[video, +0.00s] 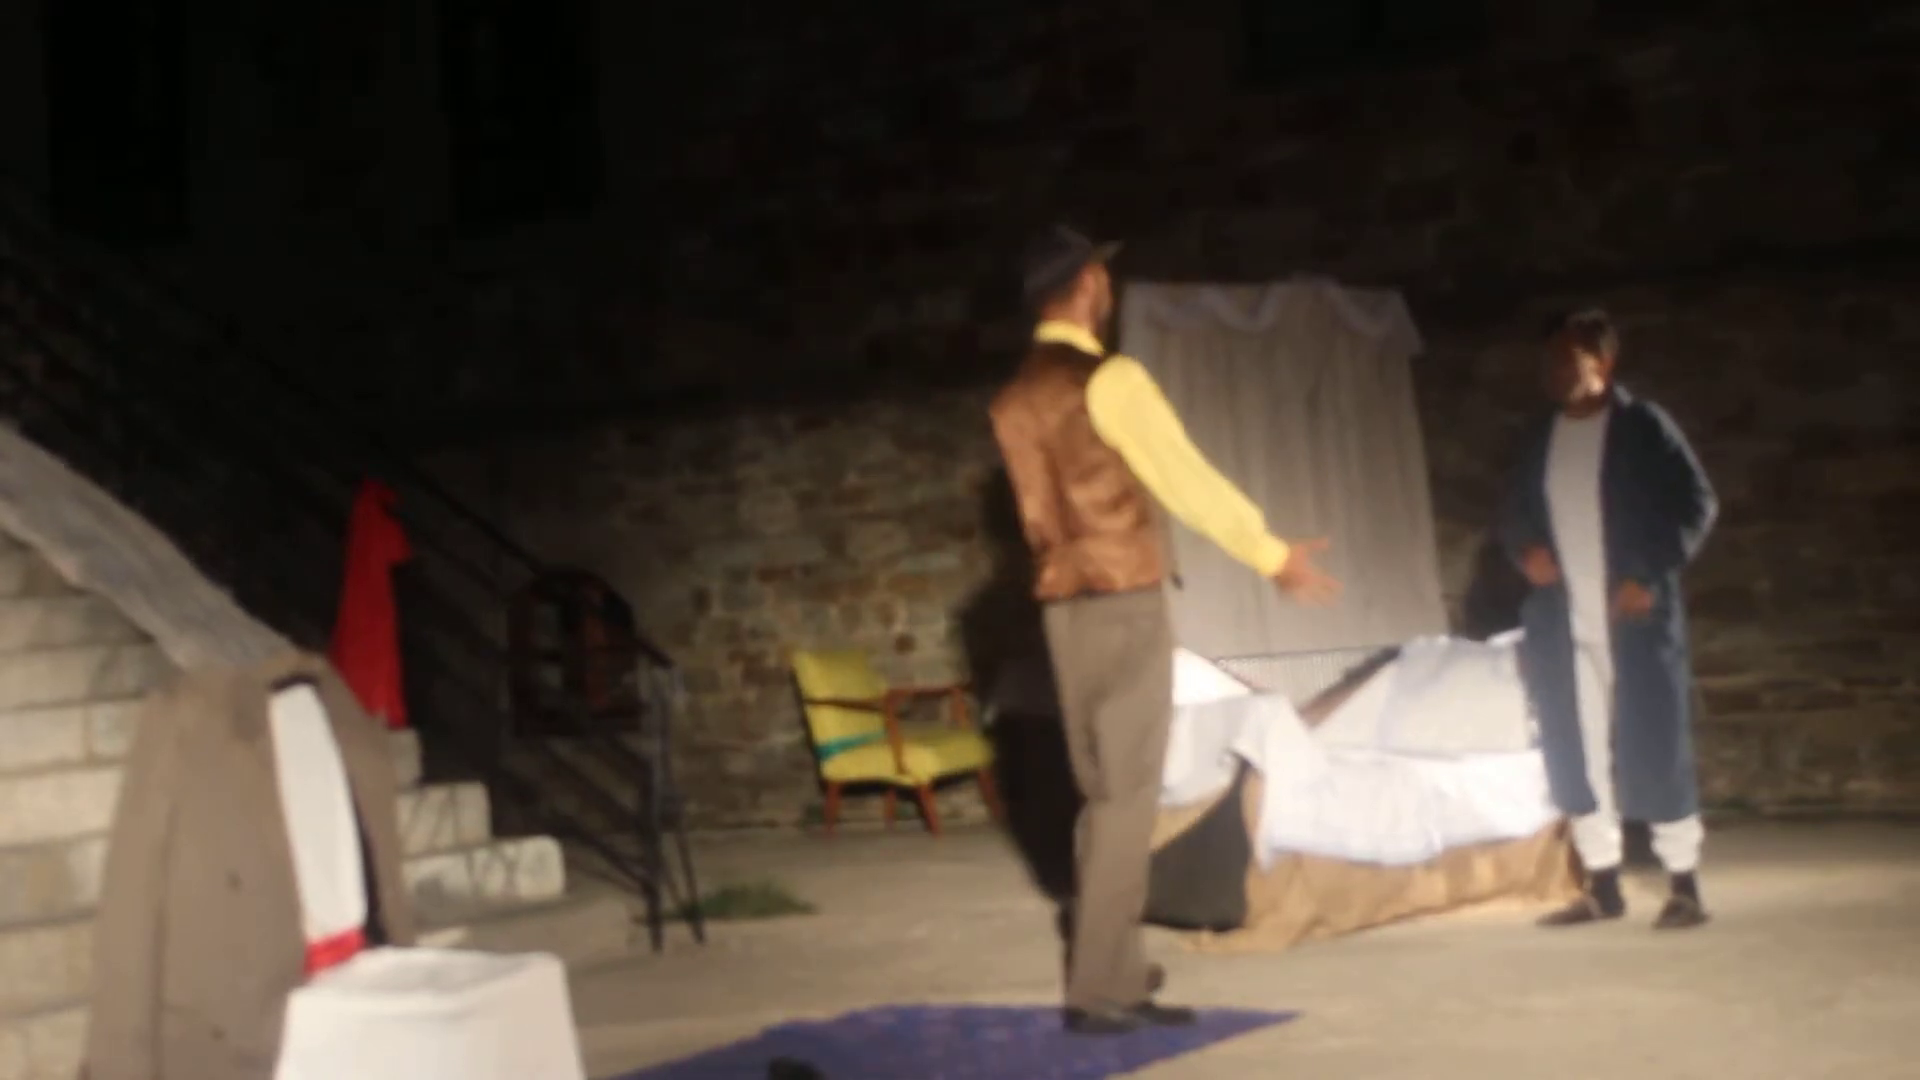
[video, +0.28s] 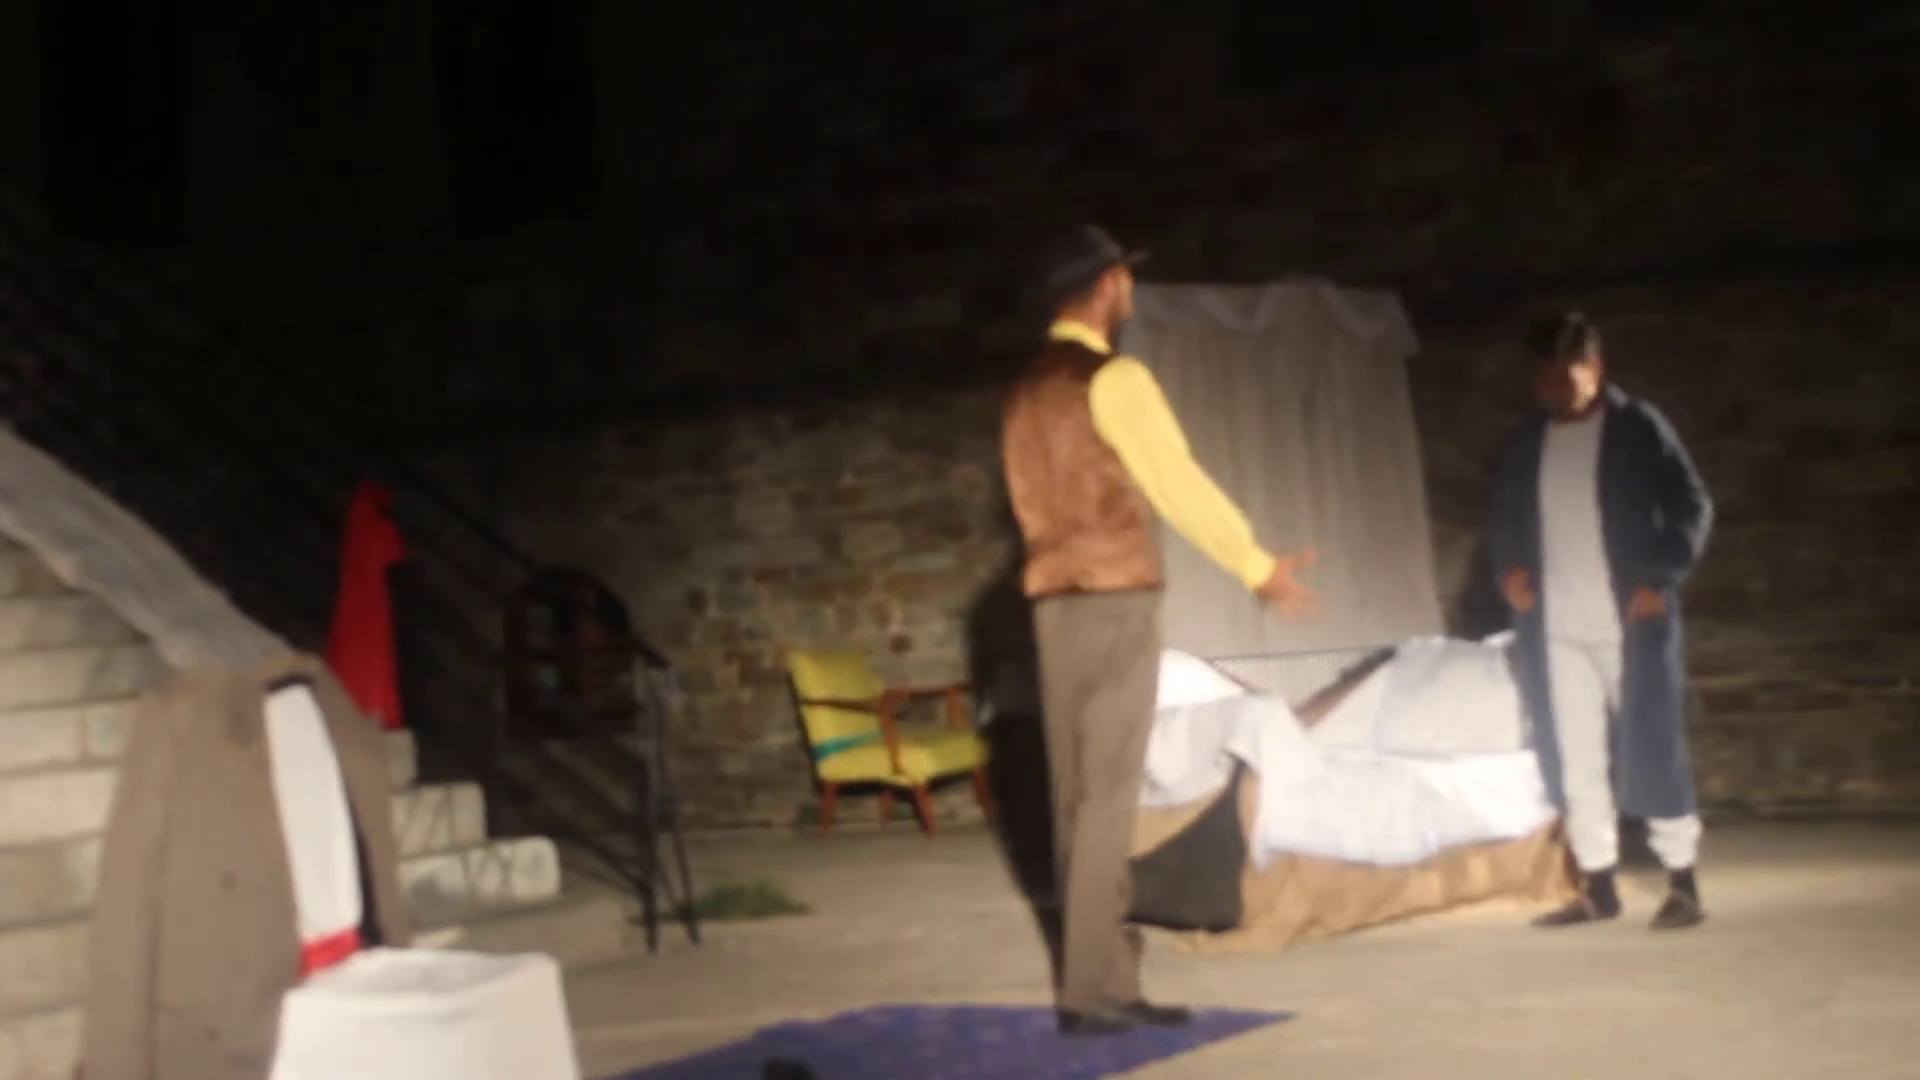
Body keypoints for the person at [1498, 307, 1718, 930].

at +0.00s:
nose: (1567, 375)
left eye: (1578, 362)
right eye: (1560, 363)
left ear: (1605, 362)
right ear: (1550, 369)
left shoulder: (1644, 426)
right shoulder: (1534, 438)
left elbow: (1696, 506)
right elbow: (1512, 510)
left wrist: (1650, 575)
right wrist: (1527, 549)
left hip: (1638, 623)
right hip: (1561, 627)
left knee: (1657, 746)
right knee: (1575, 749)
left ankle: (1684, 886)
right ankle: (1603, 888)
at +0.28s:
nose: (1563, 387)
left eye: (1572, 373)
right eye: (1551, 376)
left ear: (1597, 366)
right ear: (1537, 377)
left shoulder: (1638, 427)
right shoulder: (1524, 443)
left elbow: (1691, 508)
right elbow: (1502, 521)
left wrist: (1660, 580)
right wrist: (1507, 570)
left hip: (1632, 626)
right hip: (1557, 631)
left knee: (1654, 748)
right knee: (1575, 755)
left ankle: (1683, 882)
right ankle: (1598, 888)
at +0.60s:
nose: (1576, 433)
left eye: (1584, 422)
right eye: (1564, 427)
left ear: (1602, 396)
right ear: (1543, 416)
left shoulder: (1646, 428)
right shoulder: (1532, 450)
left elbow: (1712, 498)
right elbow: (1514, 518)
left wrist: (1679, 572)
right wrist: (1508, 569)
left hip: (1648, 629)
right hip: (1574, 635)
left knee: (1669, 749)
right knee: (1561, 759)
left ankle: (1681, 888)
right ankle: (1596, 888)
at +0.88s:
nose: (1571, 427)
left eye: (1578, 414)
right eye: (1558, 421)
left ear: (1597, 391)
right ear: (1540, 415)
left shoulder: (1644, 426)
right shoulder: (1530, 451)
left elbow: (1703, 497)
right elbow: (1508, 519)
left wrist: (1673, 570)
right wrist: (1510, 574)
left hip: (1640, 633)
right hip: (1567, 638)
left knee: (1657, 757)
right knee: (1576, 761)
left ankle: (1680, 886)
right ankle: (1596, 889)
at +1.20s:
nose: (1543, 386)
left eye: (1555, 374)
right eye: (1537, 374)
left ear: (1588, 372)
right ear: (1530, 375)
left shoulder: (1634, 427)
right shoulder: (1520, 440)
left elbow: (1690, 502)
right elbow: (1497, 513)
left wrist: (1649, 569)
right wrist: (1501, 561)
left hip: (1624, 625)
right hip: (1553, 630)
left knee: (1649, 747)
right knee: (1571, 755)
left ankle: (1677, 884)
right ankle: (1593, 889)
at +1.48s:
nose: (1541, 379)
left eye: (1553, 367)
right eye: (1535, 367)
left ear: (1584, 366)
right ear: (1526, 371)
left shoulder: (1627, 424)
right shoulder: (1514, 438)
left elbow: (1683, 501)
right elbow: (1488, 504)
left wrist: (1637, 563)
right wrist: (1500, 549)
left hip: (1620, 620)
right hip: (1546, 623)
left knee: (1643, 740)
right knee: (1565, 746)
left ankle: (1677, 883)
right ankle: (1592, 886)